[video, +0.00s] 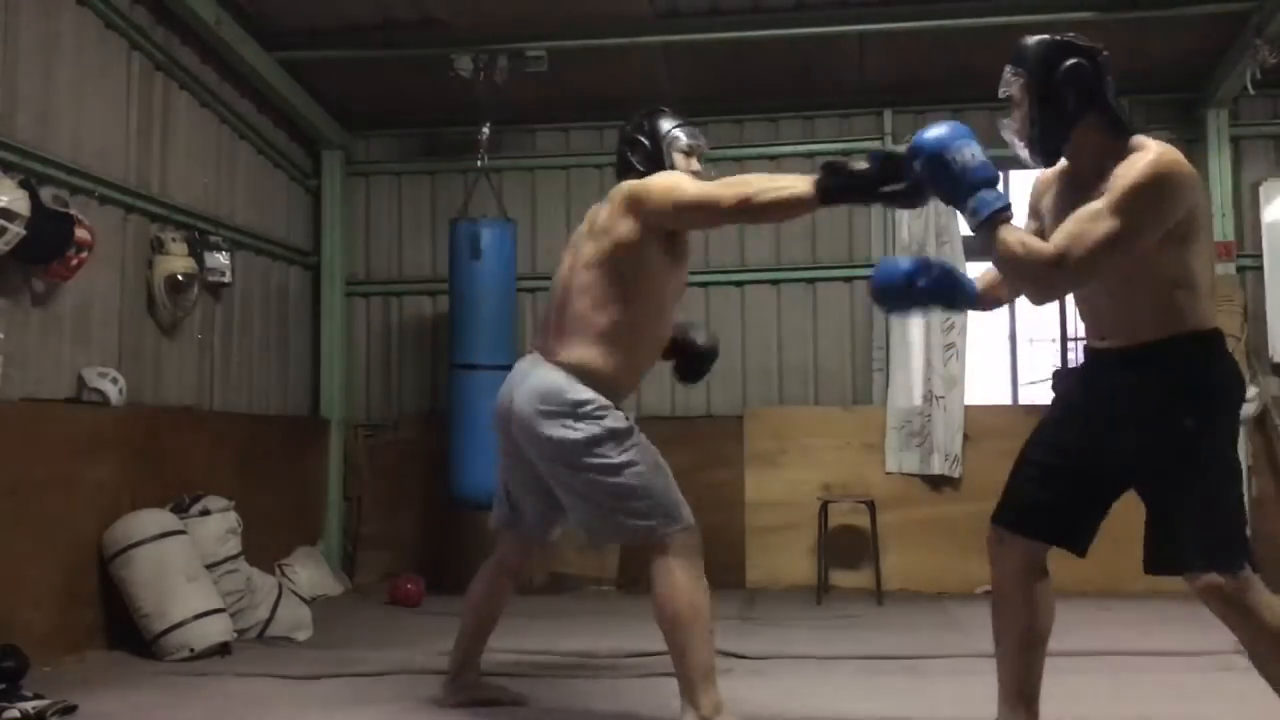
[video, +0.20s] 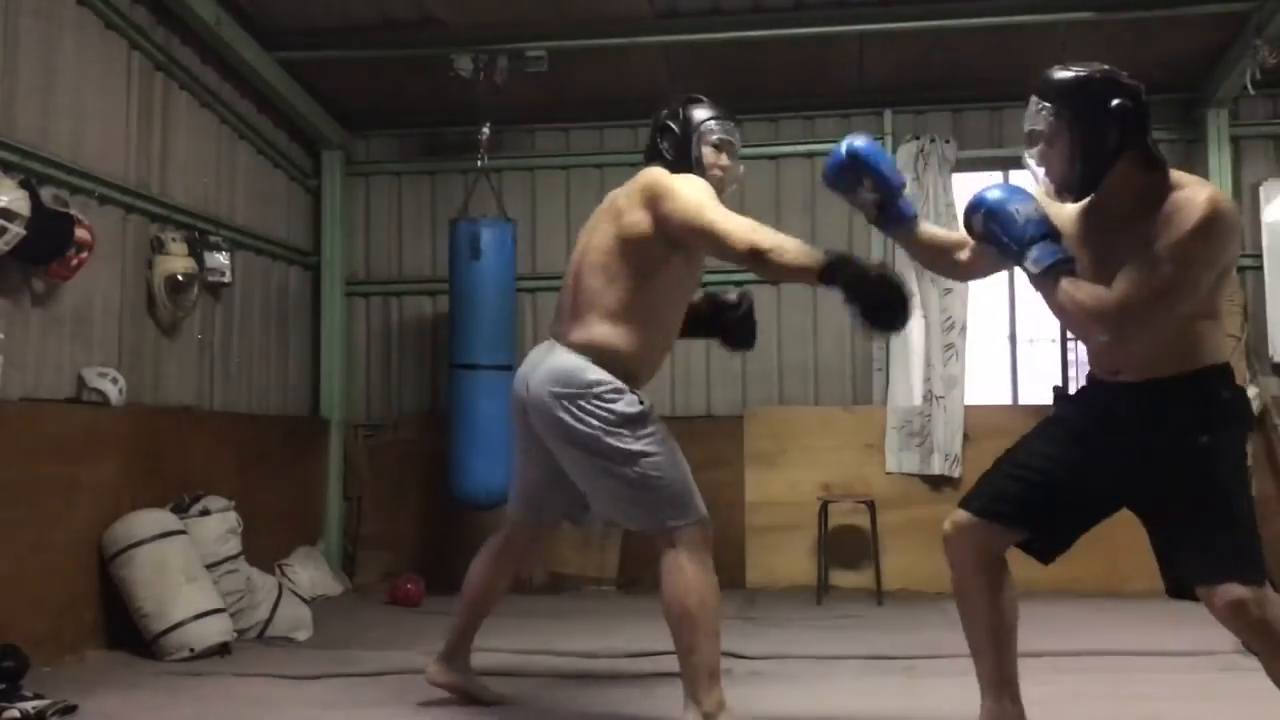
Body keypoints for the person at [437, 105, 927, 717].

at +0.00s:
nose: (704, 164)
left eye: (701, 153)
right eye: (691, 152)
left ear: (644, 159)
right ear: (657, 155)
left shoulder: (623, 214)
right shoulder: (646, 195)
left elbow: (601, 305)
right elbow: (736, 198)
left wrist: (668, 344)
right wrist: (847, 182)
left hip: (534, 390)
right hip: (571, 402)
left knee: (513, 547)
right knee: (675, 536)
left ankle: (459, 677)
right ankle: (706, 706)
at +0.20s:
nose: (732, 159)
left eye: (732, 147)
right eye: (719, 146)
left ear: (674, 151)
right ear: (682, 148)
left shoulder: (632, 199)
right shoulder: (671, 186)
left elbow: (619, 307)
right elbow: (756, 248)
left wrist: (702, 318)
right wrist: (843, 270)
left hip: (545, 376)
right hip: (591, 387)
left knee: (521, 531)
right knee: (688, 532)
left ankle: (450, 660)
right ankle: (708, 703)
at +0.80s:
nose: (680, 135)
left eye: (681, 123)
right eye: (669, 121)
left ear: (618, 129)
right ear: (634, 122)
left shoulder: (596, 180)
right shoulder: (618, 167)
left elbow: (625, 290)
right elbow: (616, 227)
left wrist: (691, 252)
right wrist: (700, 270)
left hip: (533, 372)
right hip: (591, 377)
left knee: (515, 539)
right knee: (667, 545)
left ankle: (440, 680)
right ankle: (685, 708)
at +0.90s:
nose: (667, 128)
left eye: (669, 117)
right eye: (654, 114)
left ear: (607, 122)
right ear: (616, 115)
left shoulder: (615, 184)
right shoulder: (601, 162)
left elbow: (624, 278)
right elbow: (607, 235)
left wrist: (684, 249)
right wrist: (698, 291)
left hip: (531, 369)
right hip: (582, 374)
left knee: (517, 540)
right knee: (656, 546)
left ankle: (412, 674)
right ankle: (687, 712)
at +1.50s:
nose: (634, 118)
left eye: (638, 106)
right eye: (621, 102)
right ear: (579, 102)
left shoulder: (577, 187)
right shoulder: (553, 156)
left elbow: (598, 311)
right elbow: (550, 248)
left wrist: (660, 238)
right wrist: (647, 273)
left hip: (502, 384)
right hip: (543, 379)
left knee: (483, 554)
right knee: (647, 540)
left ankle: (399, 699)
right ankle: (637, 713)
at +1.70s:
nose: (657, 106)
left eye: (659, 91)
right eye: (646, 89)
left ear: (584, 89)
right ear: (606, 86)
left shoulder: (546, 147)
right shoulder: (588, 136)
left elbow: (587, 291)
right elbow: (605, 231)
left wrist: (658, 215)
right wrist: (658, 264)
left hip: (476, 359)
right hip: (541, 361)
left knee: (481, 547)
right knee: (613, 560)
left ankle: (405, 704)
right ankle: (619, 714)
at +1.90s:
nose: (635, 113)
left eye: (638, 98)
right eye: (627, 94)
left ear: (563, 87)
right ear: (587, 86)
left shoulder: (515, 142)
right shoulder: (566, 129)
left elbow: (584, 267)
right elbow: (579, 234)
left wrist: (648, 196)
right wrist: (636, 264)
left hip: (456, 365)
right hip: (526, 366)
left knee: (461, 565)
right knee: (609, 558)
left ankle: (400, 712)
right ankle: (621, 712)